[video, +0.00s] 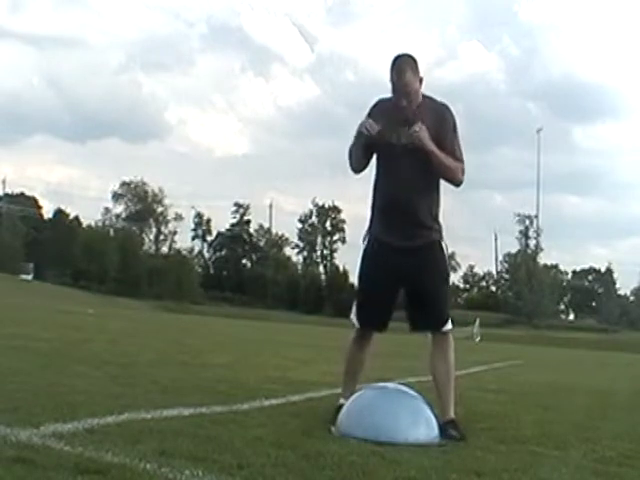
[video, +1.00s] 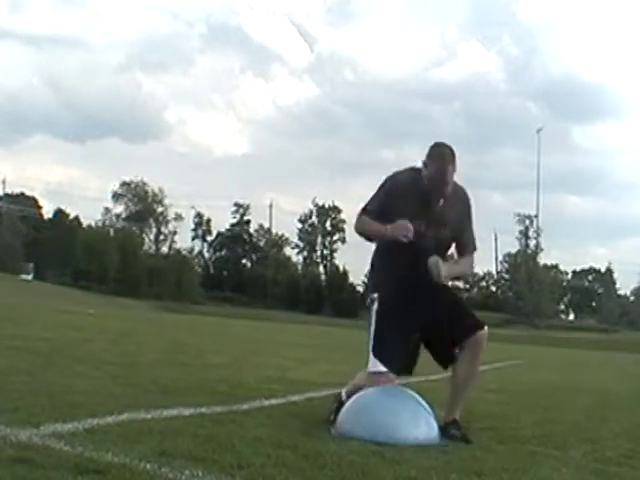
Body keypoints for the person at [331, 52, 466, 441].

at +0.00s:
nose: (403, 97)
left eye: (408, 89)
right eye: (397, 91)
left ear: (422, 81)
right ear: (390, 86)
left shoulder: (440, 114)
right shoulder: (382, 110)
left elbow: (457, 174)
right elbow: (356, 165)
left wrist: (427, 144)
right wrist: (367, 136)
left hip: (426, 238)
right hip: (383, 237)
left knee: (441, 328)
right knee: (365, 329)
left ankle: (447, 418)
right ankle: (345, 405)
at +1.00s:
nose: (440, 190)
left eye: (445, 184)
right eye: (435, 183)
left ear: (454, 175)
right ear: (423, 171)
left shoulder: (458, 199)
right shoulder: (400, 183)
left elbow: (467, 261)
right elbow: (361, 223)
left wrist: (448, 269)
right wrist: (387, 230)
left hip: (430, 285)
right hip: (391, 284)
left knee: (475, 337)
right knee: (386, 375)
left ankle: (451, 419)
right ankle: (346, 397)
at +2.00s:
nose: (370, 160)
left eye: (374, 153)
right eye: (366, 154)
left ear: (394, 140)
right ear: (365, 145)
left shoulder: (415, 172)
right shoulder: (388, 163)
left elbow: (437, 232)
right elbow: (390, 189)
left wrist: (405, 276)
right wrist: (367, 189)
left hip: (418, 271)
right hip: (390, 265)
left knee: (410, 357)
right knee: (347, 321)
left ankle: (468, 412)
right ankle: (353, 404)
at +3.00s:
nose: (395, 95)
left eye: (400, 87)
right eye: (390, 89)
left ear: (417, 80)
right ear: (386, 87)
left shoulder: (440, 112)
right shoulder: (379, 115)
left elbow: (451, 173)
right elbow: (365, 168)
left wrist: (421, 130)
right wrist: (376, 122)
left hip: (428, 237)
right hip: (387, 235)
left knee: (439, 330)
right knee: (366, 326)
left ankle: (449, 417)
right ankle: (358, 408)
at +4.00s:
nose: (420, 269)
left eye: (425, 265)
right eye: (415, 263)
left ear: (437, 250)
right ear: (405, 242)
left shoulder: (446, 262)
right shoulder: (382, 223)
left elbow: (422, 326)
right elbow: (344, 236)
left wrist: (386, 364)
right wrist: (349, 287)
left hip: (423, 302)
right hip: (381, 300)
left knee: (463, 331)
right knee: (373, 385)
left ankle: (454, 417)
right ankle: (340, 393)